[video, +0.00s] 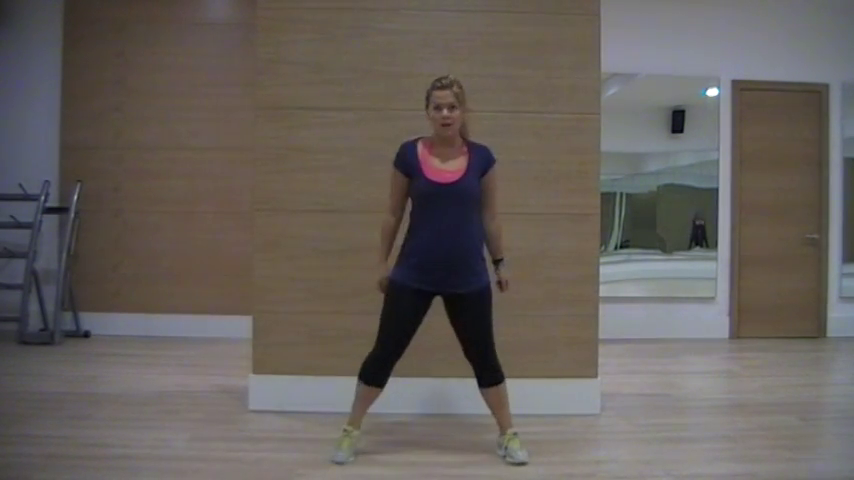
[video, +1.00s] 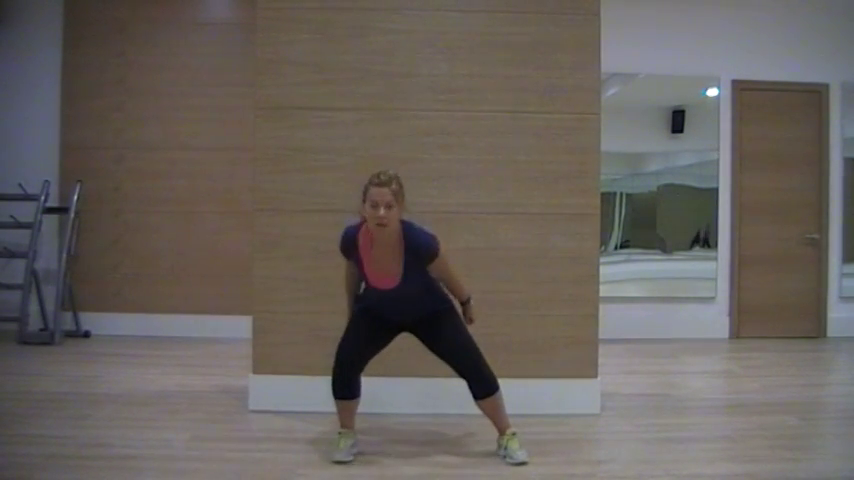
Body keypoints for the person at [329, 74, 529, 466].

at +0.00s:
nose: (445, 114)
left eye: (452, 107)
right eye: (437, 108)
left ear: (463, 111)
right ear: (427, 113)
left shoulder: (480, 157)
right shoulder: (410, 155)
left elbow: (490, 215)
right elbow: (394, 213)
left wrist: (500, 264)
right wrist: (383, 264)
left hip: (466, 272)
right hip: (415, 270)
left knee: (484, 356)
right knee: (385, 352)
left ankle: (508, 434)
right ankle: (351, 430)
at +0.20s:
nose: (425, 121)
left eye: (432, 114)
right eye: (418, 114)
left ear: (444, 118)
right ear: (408, 119)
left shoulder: (462, 163)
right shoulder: (392, 161)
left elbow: (474, 222)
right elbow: (377, 220)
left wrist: (489, 270)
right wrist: (367, 272)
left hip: (448, 278)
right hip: (396, 277)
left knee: (474, 359)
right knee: (370, 359)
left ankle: (508, 433)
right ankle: (348, 433)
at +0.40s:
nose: (402, 130)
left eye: (410, 123)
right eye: (395, 123)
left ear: (423, 127)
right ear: (386, 128)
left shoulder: (440, 170)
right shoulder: (374, 170)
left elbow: (459, 226)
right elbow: (367, 228)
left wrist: (477, 271)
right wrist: (361, 279)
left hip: (431, 284)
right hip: (380, 283)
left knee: (467, 363)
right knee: (354, 362)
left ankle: (506, 434)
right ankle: (347, 434)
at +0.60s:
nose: (382, 155)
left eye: (390, 147)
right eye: (375, 147)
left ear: (405, 152)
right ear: (366, 151)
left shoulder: (421, 192)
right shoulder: (358, 192)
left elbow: (446, 242)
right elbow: (360, 247)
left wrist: (469, 284)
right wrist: (361, 289)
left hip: (423, 295)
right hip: (374, 295)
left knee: (466, 365)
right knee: (342, 362)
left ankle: (506, 435)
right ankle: (346, 434)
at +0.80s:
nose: (375, 184)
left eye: (382, 177)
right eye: (368, 177)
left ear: (395, 181)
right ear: (358, 180)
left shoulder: (413, 218)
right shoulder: (349, 215)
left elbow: (440, 259)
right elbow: (354, 261)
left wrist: (462, 294)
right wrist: (357, 299)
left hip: (423, 303)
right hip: (373, 304)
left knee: (469, 365)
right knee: (341, 362)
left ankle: (506, 435)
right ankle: (346, 435)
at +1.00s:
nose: (381, 213)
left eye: (388, 206)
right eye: (374, 206)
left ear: (400, 208)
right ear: (363, 207)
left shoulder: (419, 241)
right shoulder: (352, 239)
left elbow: (446, 274)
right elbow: (352, 276)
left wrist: (466, 301)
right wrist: (351, 315)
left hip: (426, 310)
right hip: (378, 312)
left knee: (474, 366)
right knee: (344, 365)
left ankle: (507, 437)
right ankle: (346, 435)